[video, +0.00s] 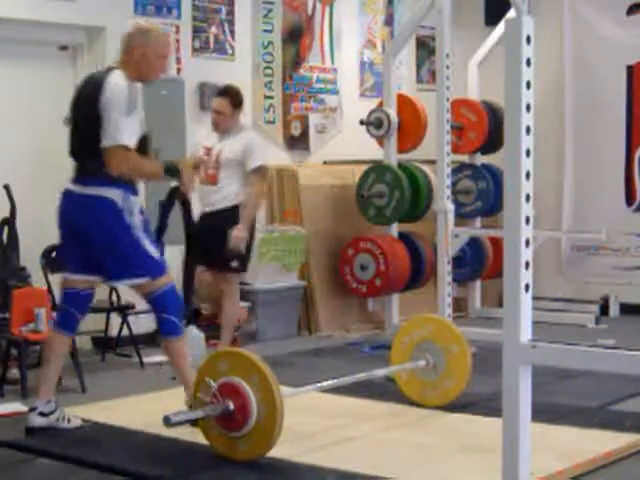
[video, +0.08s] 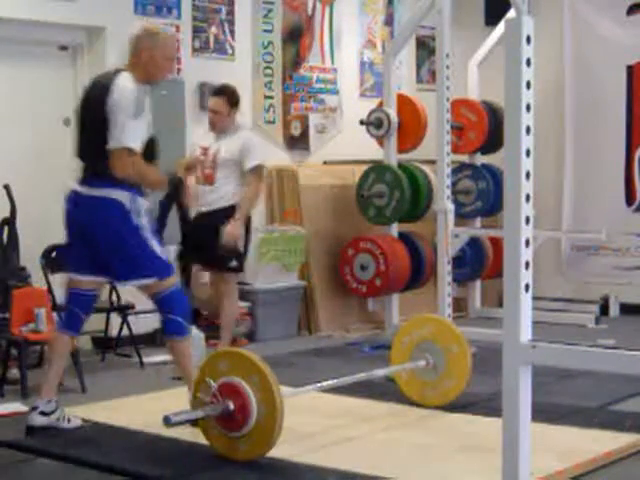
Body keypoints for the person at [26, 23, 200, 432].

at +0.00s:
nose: (166, 66)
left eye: (167, 58)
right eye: (161, 57)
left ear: (131, 53)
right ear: (137, 53)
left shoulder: (93, 82)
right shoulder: (123, 86)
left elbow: (86, 153)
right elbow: (118, 160)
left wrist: (143, 166)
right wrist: (165, 170)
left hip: (76, 202)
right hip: (108, 206)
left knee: (73, 305)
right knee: (167, 299)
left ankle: (44, 405)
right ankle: (195, 394)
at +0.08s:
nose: (173, 68)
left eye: (174, 59)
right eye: (169, 59)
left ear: (138, 54)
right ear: (145, 54)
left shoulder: (102, 83)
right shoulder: (129, 86)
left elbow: (97, 156)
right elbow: (123, 164)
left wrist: (155, 172)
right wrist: (160, 180)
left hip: (83, 204)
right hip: (111, 207)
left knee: (77, 308)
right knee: (173, 298)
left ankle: (45, 404)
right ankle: (199, 395)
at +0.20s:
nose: (194, 74)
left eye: (197, 66)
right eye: (191, 65)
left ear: (166, 57)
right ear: (167, 57)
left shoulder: (132, 85)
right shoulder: (152, 93)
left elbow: (126, 155)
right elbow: (142, 167)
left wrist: (176, 174)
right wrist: (184, 213)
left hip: (107, 205)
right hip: (133, 208)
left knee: (97, 305)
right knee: (195, 296)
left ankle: (49, 398)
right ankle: (208, 394)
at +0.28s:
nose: (230, 72)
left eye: (232, 64)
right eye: (226, 63)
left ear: (198, 59)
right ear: (201, 57)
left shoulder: (163, 84)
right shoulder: (184, 96)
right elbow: (174, 172)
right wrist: (191, 237)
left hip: (139, 199)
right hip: (165, 204)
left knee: (139, 303)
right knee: (212, 303)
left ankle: (73, 381)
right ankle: (213, 399)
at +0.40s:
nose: (255, 73)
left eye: (258, 66)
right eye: (252, 65)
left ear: (224, 57)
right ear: (226, 56)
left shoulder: (197, 81)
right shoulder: (203, 91)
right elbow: (189, 169)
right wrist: (204, 233)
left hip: (165, 189)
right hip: (180, 195)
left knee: (180, 291)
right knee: (219, 298)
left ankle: (121, 369)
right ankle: (210, 393)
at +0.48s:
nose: (263, 74)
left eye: (266, 67)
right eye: (260, 66)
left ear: (237, 57)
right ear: (235, 56)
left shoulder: (208, 78)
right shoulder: (211, 89)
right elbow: (193, 167)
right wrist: (215, 229)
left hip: (177, 190)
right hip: (185, 196)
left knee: (189, 292)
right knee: (218, 297)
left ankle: (147, 375)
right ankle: (213, 394)